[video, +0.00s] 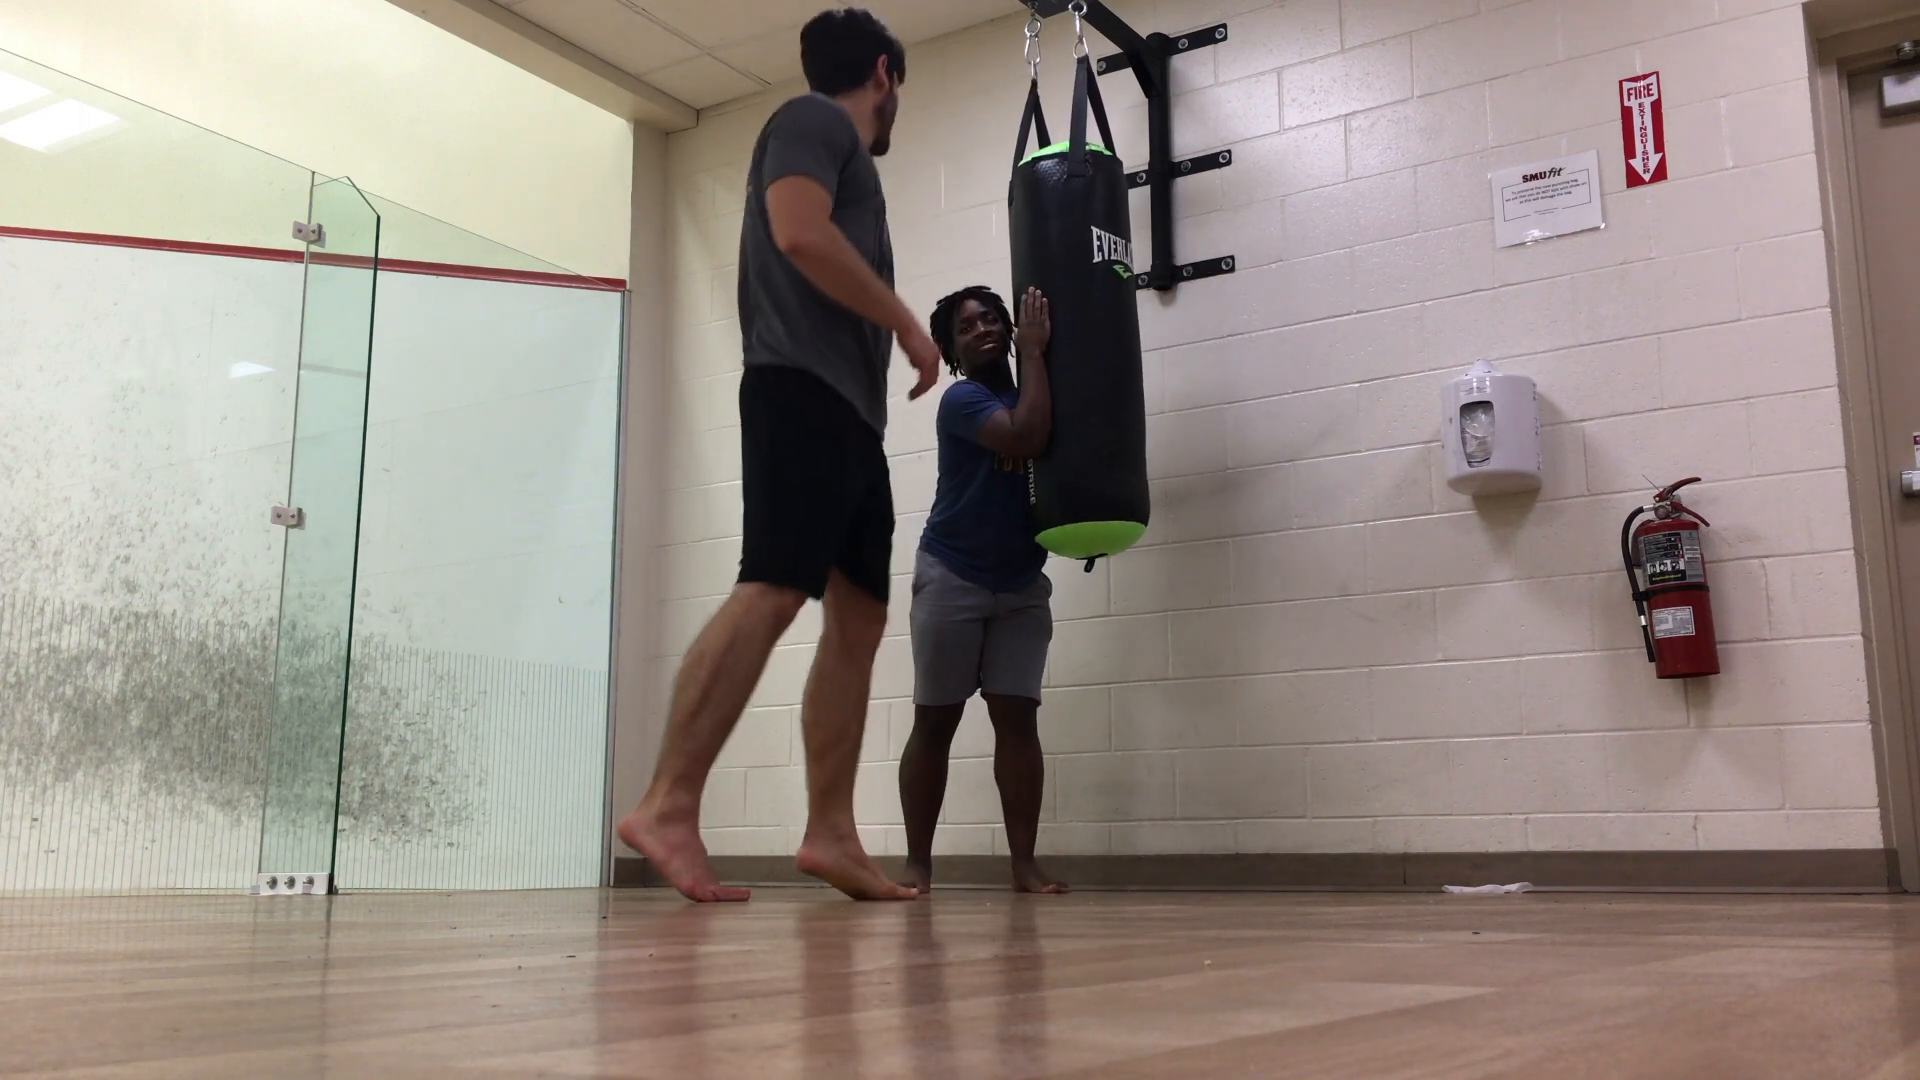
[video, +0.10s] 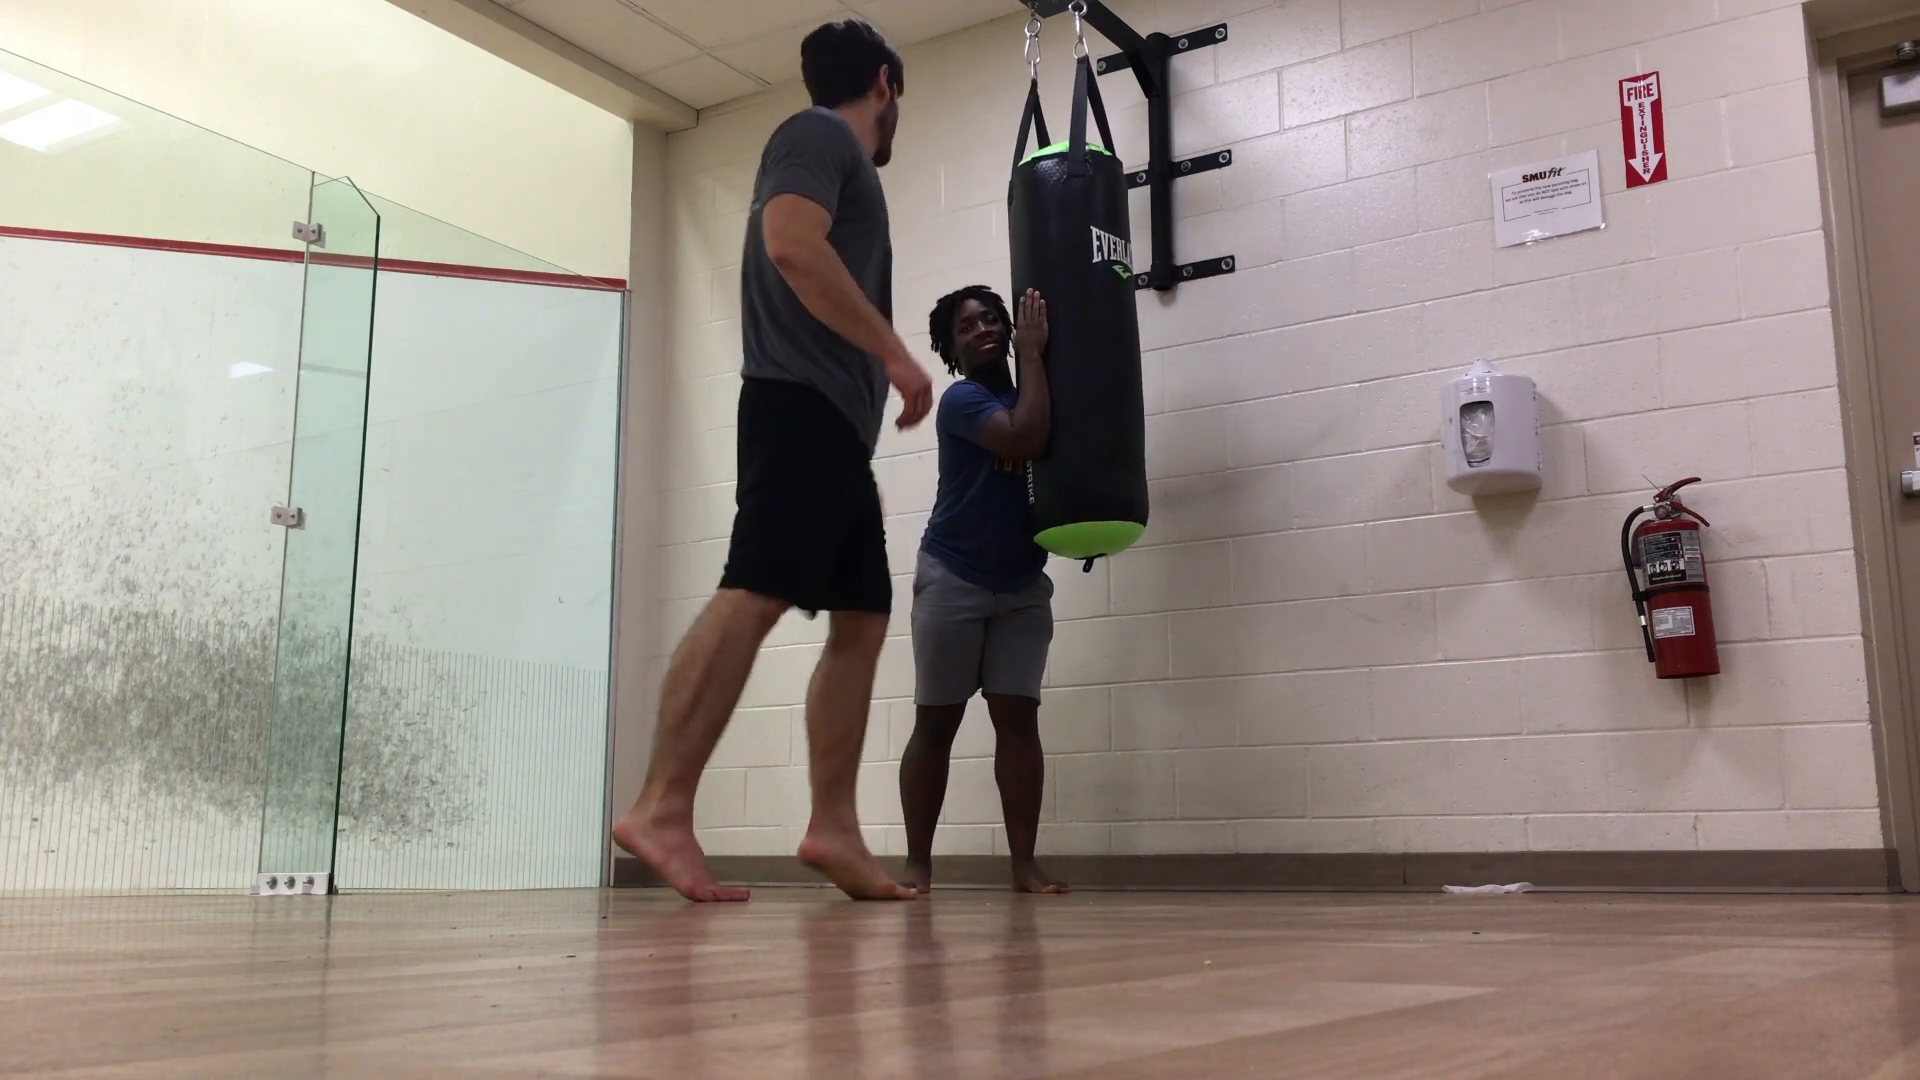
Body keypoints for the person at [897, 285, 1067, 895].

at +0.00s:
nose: (983, 328)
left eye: (991, 318)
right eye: (968, 325)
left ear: (1010, 332)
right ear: (950, 348)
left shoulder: (1026, 398)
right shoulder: (960, 400)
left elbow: (1059, 449)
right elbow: (1027, 437)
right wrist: (1033, 352)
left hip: (1020, 580)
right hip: (952, 579)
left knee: (1018, 722)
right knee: (935, 725)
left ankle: (1025, 865)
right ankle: (918, 865)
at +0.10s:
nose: (984, 328)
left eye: (991, 317)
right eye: (968, 325)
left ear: (1009, 330)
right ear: (951, 347)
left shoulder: (1026, 398)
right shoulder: (959, 400)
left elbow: (1057, 455)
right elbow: (1026, 439)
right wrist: (1032, 354)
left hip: (1021, 580)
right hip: (953, 580)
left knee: (1018, 721)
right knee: (936, 725)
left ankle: (1025, 865)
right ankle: (918, 865)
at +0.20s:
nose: (982, 329)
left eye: (990, 319)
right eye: (967, 325)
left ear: (1007, 332)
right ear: (948, 347)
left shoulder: (1024, 399)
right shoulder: (957, 402)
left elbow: (1056, 454)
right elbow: (1021, 444)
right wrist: (1031, 358)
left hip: (1023, 581)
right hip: (954, 581)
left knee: (1018, 722)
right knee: (937, 727)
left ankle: (1025, 866)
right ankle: (919, 864)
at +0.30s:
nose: (981, 331)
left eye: (989, 321)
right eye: (966, 327)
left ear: (1005, 331)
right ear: (948, 347)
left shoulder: (1024, 399)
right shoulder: (956, 403)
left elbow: (1060, 447)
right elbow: (1019, 444)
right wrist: (1029, 356)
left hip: (1023, 582)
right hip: (954, 582)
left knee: (1019, 722)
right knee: (938, 726)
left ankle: (1025, 866)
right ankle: (919, 862)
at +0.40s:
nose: (979, 332)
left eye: (987, 321)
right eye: (964, 328)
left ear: (1005, 331)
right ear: (947, 348)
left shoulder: (1025, 400)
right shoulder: (952, 403)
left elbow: (1061, 452)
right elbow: (1014, 445)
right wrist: (1026, 359)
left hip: (1022, 584)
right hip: (951, 584)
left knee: (1020, 723)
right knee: (935, 727)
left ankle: (1024, 864)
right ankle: (918, 862)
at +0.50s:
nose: (973, 333)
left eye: (982, 322)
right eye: (959, 328)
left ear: (1001, 332)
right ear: (944, 346)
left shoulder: (1022, 401)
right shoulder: (947, 401)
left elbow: (1054, 455)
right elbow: (1007, 445)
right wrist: (1023, 360)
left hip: (1018, 584)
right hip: (948, 586)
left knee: (1018, 723)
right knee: (929, 727)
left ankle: (1024, 864)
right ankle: (909, 862)